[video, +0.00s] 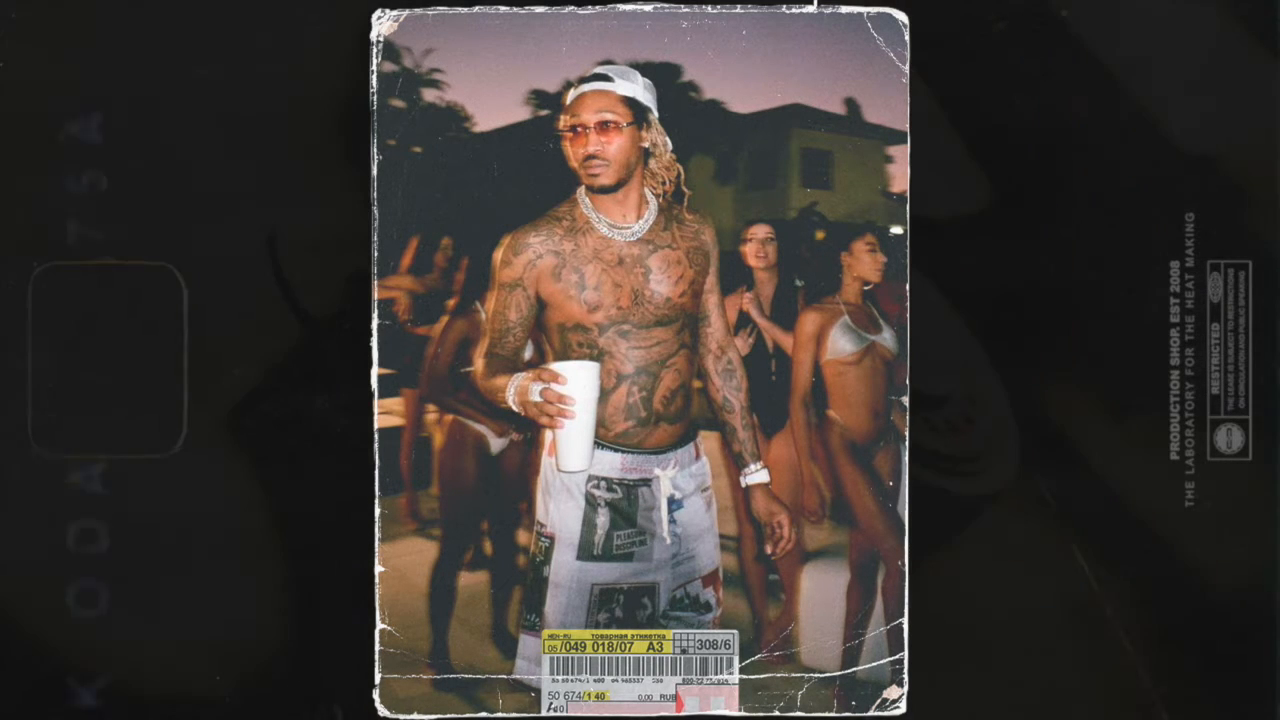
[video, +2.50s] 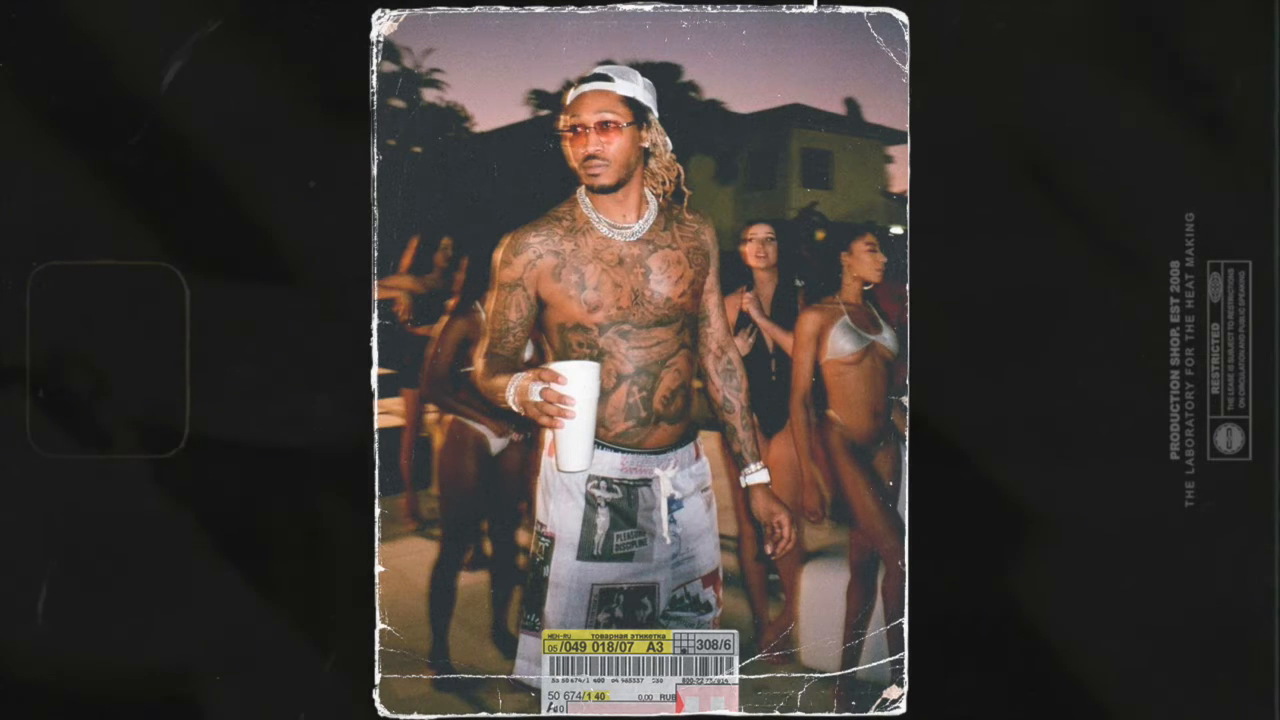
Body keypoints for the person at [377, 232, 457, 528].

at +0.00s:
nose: (445, 254)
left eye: (450, 249)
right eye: (441, 248)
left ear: (455, 254)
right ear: (431, 250)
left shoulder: (458, 275)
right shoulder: (415, 282)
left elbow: (461, 302)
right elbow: (397, 283)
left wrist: (437, 327)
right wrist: (404, 300)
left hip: (445, 349)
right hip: (417, 346)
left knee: (449, 427)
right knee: (412, 428)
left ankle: (451, 499)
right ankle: (410, 502)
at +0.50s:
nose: (446, 255)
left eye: (451, 250)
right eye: (442, 248)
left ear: (455, 255)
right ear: (430, 251)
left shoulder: (455, 280)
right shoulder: (414, 282)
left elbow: (462, 303)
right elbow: (396, 284)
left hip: (445, 349)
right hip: (417, 347)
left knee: (450, 425)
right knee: (413, 427)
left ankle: (452, 498)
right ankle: (410, 501)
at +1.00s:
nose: (445, 254)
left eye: (450, 250)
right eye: (441, 248)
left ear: (456, 255)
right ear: (431, 251)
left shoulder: (455, 281)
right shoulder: (414, 283)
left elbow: (461, 303)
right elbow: (395, 284)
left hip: (445, 350)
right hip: (416, 348)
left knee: (450, 425)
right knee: (413, 427)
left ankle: (451, 498)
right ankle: (410, 500)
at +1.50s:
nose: (445, 255)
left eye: (450, 250)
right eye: (441, 248)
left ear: (455, 255)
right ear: (430, 252)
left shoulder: (455, 282)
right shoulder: (414, 283)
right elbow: (401, 320)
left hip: (446, 352)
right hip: (417, 349)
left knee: (450, 426)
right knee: (413, 427)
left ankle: (452, 496)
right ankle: (410, 500)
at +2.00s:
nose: (446, 255)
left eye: (451, 250)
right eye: (442, 249)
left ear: (455, 255)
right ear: (431, 252)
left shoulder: (454, 283)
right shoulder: (414, 283)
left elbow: (459, 315)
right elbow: (401, 321)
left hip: (444, 354)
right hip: (416, 352)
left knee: (449, 426)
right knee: (413, 427)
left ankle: (450, 499)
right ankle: (410, 500)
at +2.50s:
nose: (446, 254)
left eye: (451, 250)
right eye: (442, 248)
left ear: (455, 255)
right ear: (430, 252)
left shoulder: (454, 282)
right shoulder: (414, 282)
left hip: (445, 352)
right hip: (416, 350)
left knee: (449, 426)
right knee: (413, 428)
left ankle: (451, 499)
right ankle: (410, 500)